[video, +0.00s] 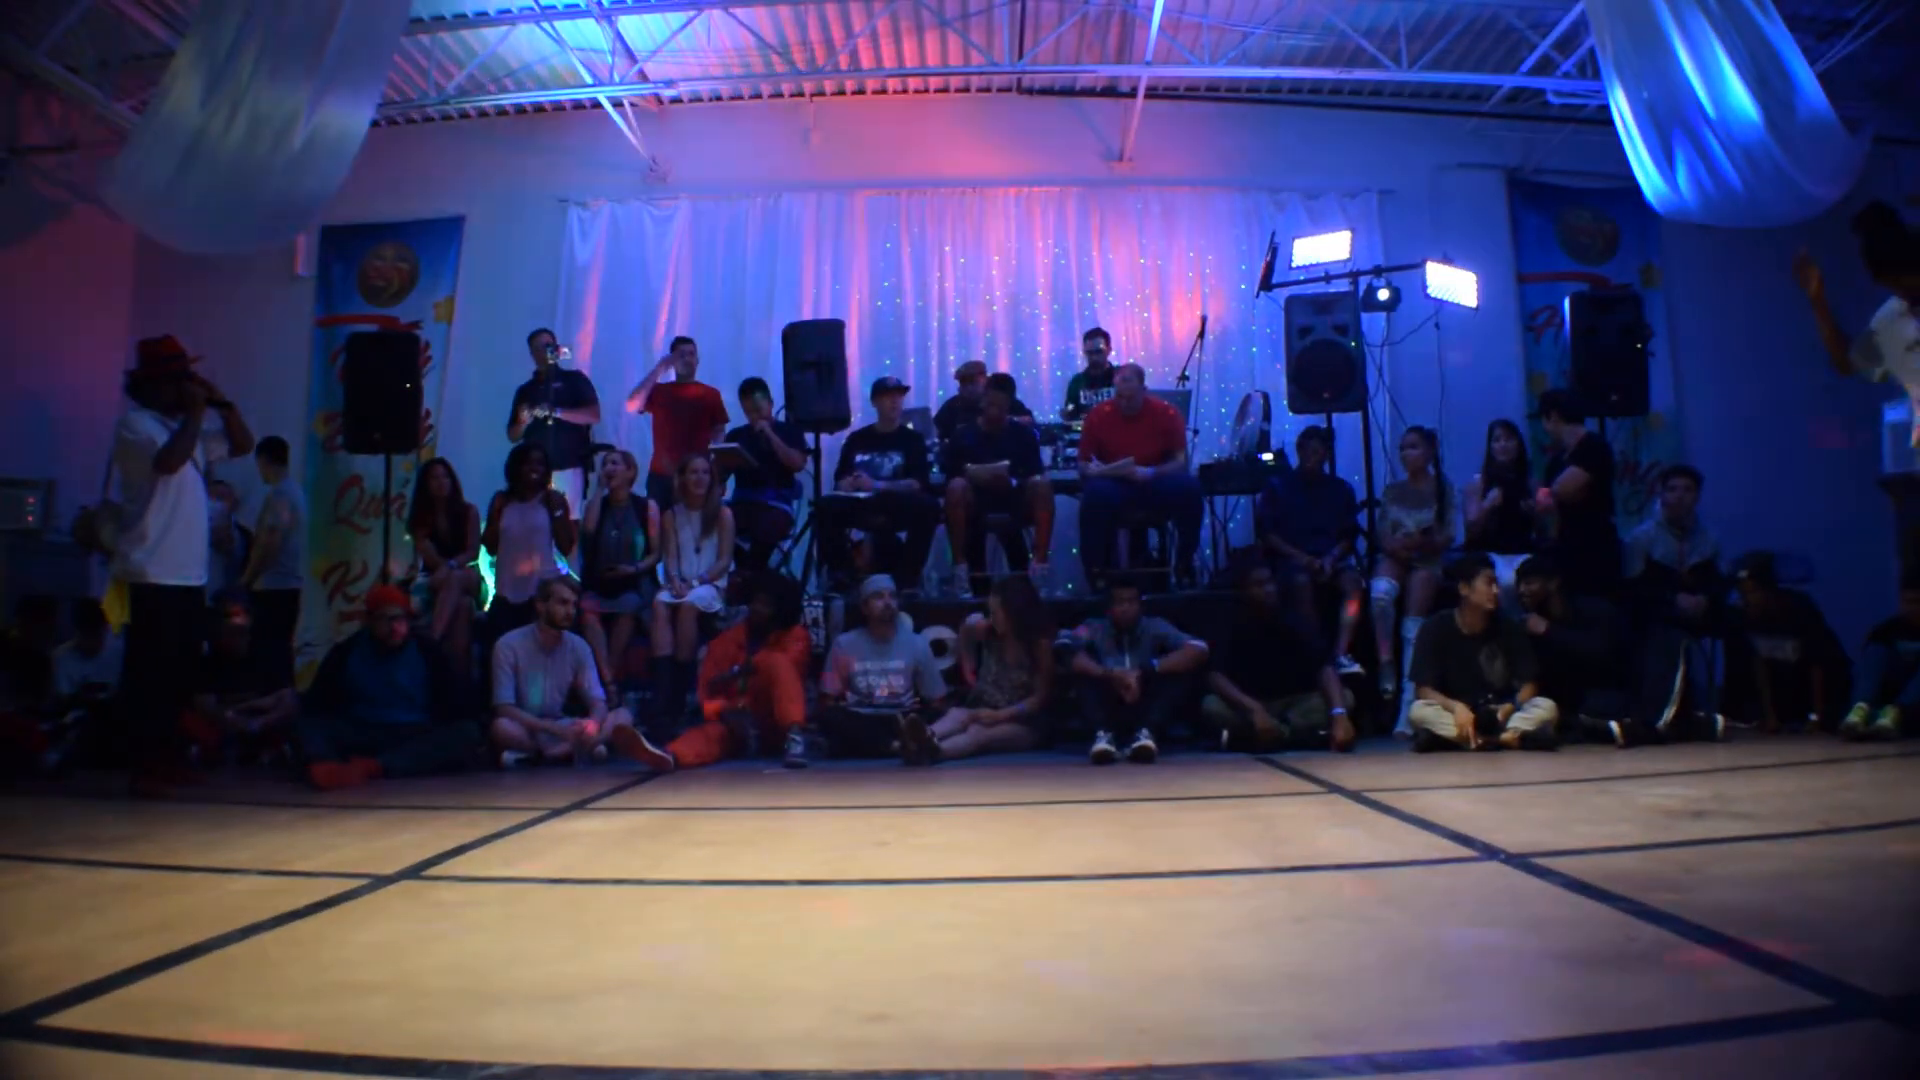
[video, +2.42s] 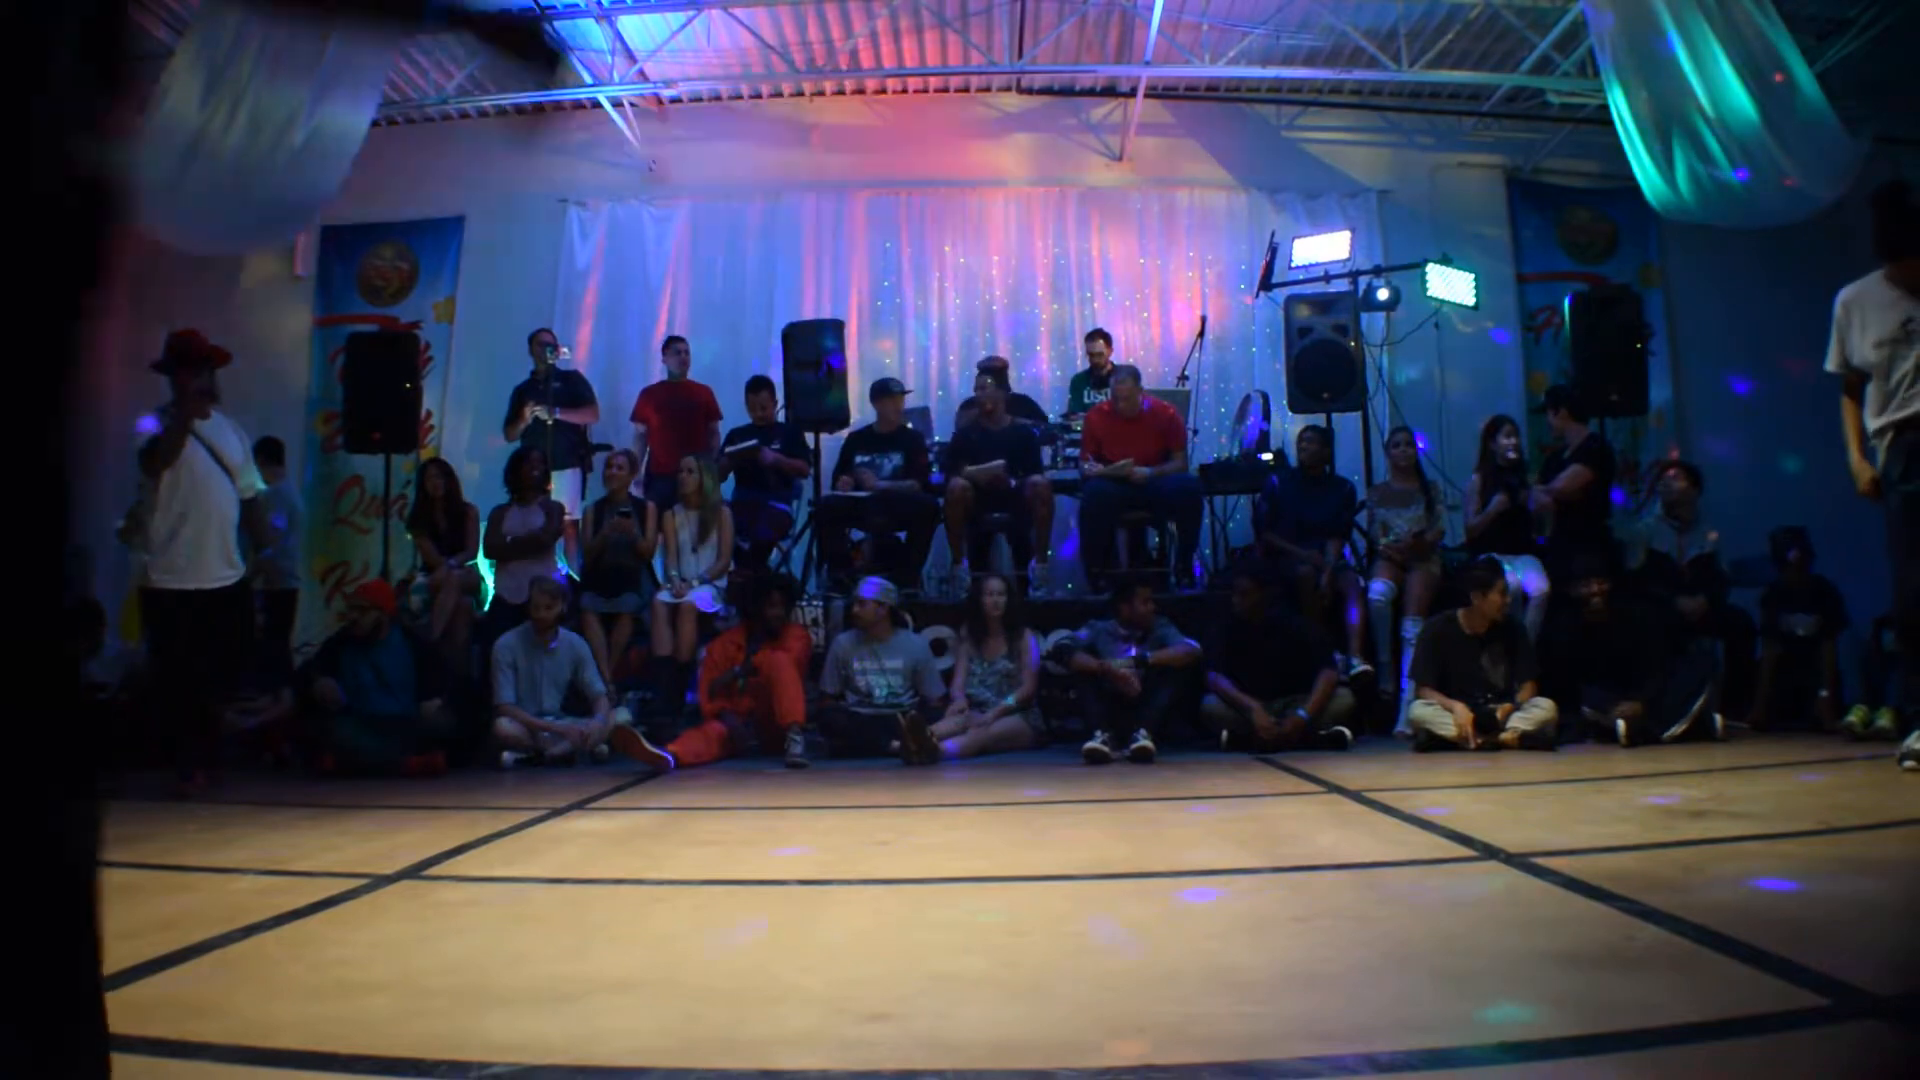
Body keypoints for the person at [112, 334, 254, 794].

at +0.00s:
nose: (185, 389)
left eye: (186, 381)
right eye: (177, 381)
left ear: (179, 386)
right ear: (155, 386)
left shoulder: (182, 431)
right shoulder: (134, 425)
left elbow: (241, 445)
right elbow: (167, 462)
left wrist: (223, 403)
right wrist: (194, 412)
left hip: (187, 577)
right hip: (153, 577)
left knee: (181, 678)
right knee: (151, 678)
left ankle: (172, 761)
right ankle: (146, 767)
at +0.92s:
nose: (182, 389)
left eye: (184, 381)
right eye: (171, 382)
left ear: (186, 387)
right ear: (147, 387)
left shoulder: (202, 435)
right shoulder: (125, 431)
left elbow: (256, 463)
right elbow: (124, 468)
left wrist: (250, 469)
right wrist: (156, 421)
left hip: (191, 585)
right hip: (142, 585)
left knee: (184, 685)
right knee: (144, 685)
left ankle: (177, 763)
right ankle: (143, 769)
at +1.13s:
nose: (173, 393)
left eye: (178, 385)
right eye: (163, 386)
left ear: (185, 388)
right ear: (144, 391)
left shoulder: (207, 437)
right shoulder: (128, 434)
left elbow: (241, 491)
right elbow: (117, 471)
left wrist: (240, 526)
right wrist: (150, 422)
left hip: (194, 585)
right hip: (142, 584)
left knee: (185, 681)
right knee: (143, 682)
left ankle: (177, 761)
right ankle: (142, 765)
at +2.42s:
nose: (207, 382)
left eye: (210, 373)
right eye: (196, 374)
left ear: (216, 377)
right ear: (174, 379)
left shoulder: (228, 431)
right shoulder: (153, 428)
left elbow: (251, 498)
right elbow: (155, 464)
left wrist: (266, 550)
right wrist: (186, 413)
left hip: (226, 582)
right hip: (172, 584)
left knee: (222, 682)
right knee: (177, 684)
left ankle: (215, 765)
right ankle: (183, 768)